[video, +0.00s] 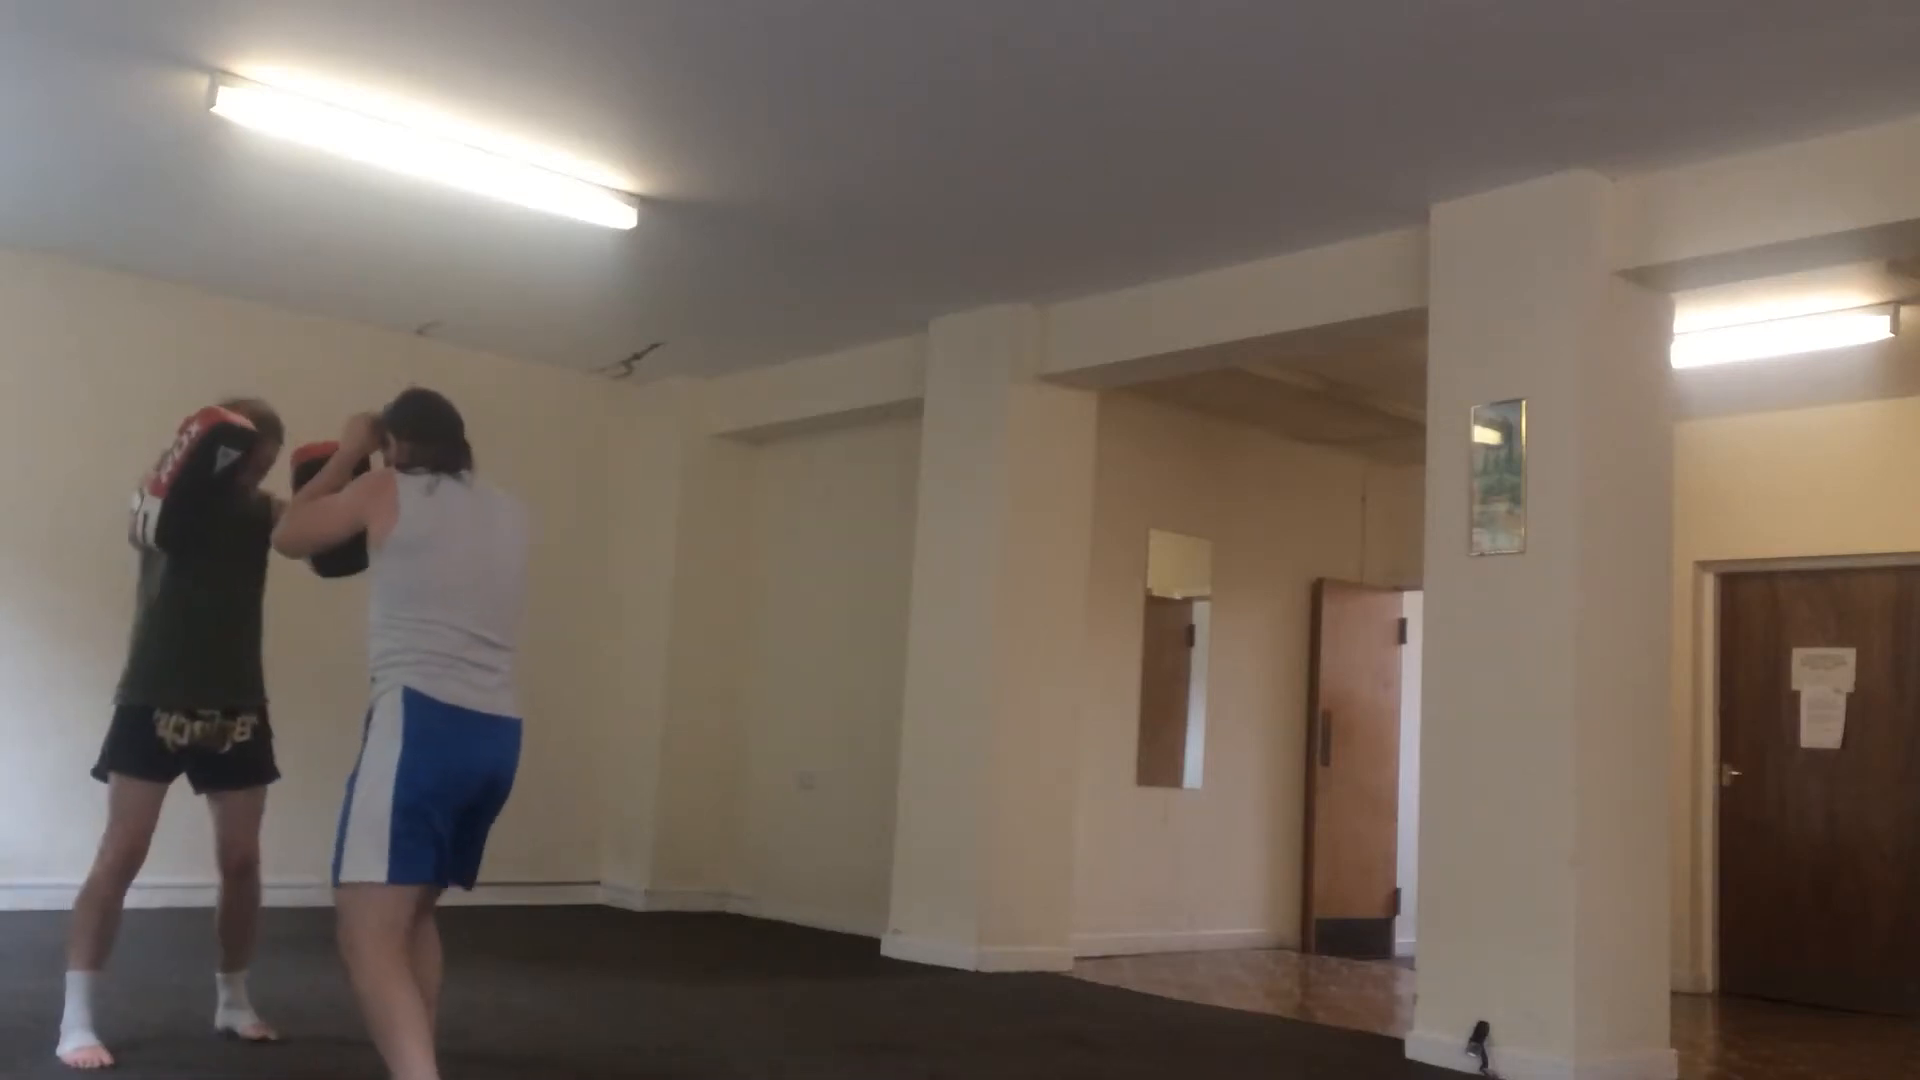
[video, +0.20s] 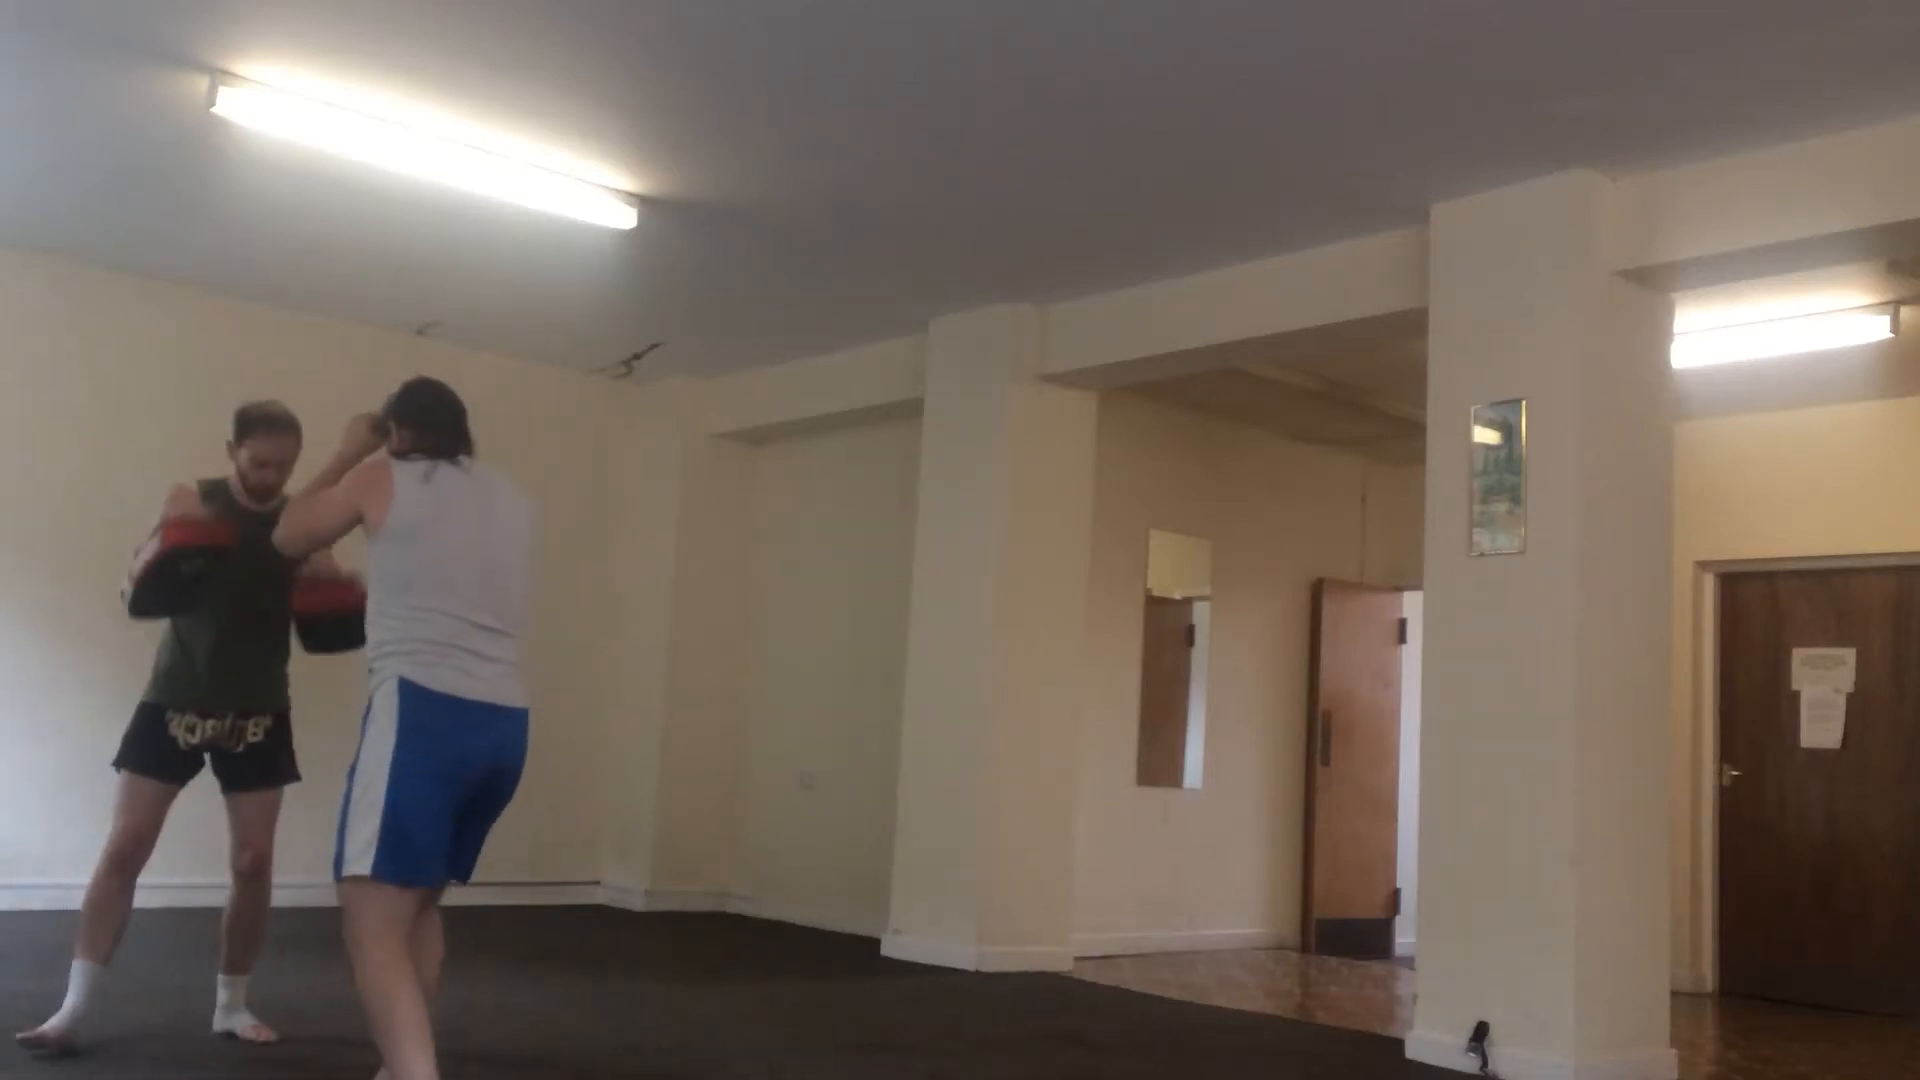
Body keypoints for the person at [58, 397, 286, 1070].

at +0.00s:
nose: (251, 466)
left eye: (260, 457)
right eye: (242, 452)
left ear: (269, 462)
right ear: (211, 444)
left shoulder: (262, 512)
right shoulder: (159, 504)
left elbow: (335, 554)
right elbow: (168, 524)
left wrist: (339, 488)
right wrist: (195, 456)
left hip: (235, 703)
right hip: (155, 700)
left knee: (241, 861)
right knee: (120, 857)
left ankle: (234, 1001)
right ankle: (76, 1021)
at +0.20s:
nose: (267, 476)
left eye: (280, 465)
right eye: (258, 462)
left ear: (296, 461)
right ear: (233, 451)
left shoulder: (304, 521)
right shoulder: (192, 502)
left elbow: (323, 630)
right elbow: (143, 598)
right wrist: (193, 553)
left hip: (256, 709)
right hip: (176, 703)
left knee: (254, 863)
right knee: (123, 852)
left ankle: (232, 1007)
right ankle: (75, 1008)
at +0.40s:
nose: (260, 473)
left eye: (271, 461)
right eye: (248, 461)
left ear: (287, 456)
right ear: (223, 455)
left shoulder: (303, 523)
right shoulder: (193, 510)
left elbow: (299, 620)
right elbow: (173, 580)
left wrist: (296, 642)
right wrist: (152, 585)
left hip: (258, 705)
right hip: (184, 698)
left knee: (251, 868)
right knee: (113, 849)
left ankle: (232, 1005)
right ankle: (122, 976)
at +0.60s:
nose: (229, 478)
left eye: (239, 465)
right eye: (216, 467)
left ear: (257, 458)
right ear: (193, 463)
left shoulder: (278, 526)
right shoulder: (175, 521)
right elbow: (169, 605)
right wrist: (117, 589)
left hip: (242, 711)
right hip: (168, 704)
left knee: (245, 858)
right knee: (133, 850)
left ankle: (245, 992)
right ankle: (143, 988)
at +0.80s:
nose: (219, 475)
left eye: (229, 462)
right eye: (207, 465)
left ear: (251, 456)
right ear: (191, 464)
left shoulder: (271, 523)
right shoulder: (195, 519)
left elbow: (217, 609)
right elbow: (173, 599)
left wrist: (159, 572)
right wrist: (138, 578)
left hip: (235, 711)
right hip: (171, 706)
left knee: (229, 851)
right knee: (140, 848)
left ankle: (253, 1014)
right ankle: (145, 989)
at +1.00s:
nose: (228, 476)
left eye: (239, 461)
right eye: (216, 465)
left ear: (265, 454)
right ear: (202, 465)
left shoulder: (286, 526)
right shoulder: (216, 523)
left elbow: (224, 607)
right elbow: (188, 598)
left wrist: (165, 579)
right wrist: (139, 572)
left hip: (243, 713)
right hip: (190, 704)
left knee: (223, 858)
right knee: (149, 849)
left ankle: (249, 1025)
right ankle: (145, 989)